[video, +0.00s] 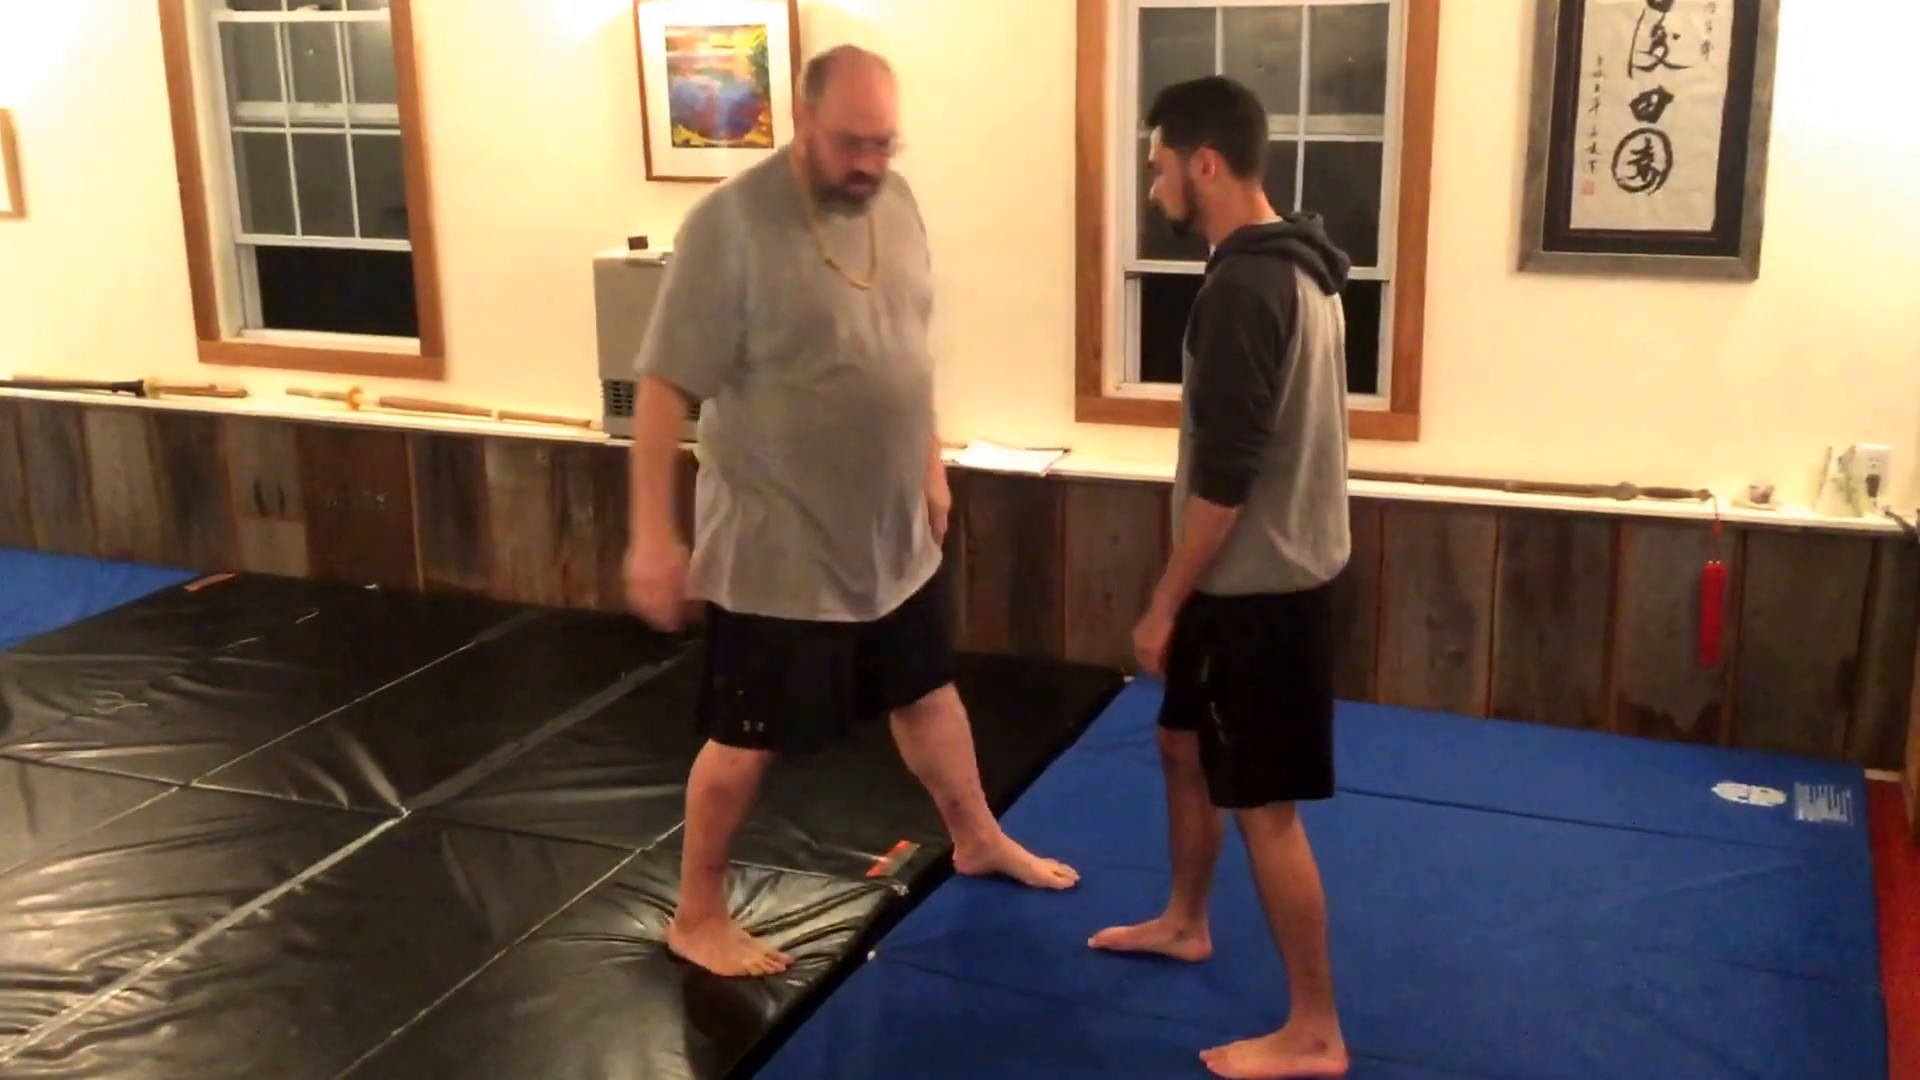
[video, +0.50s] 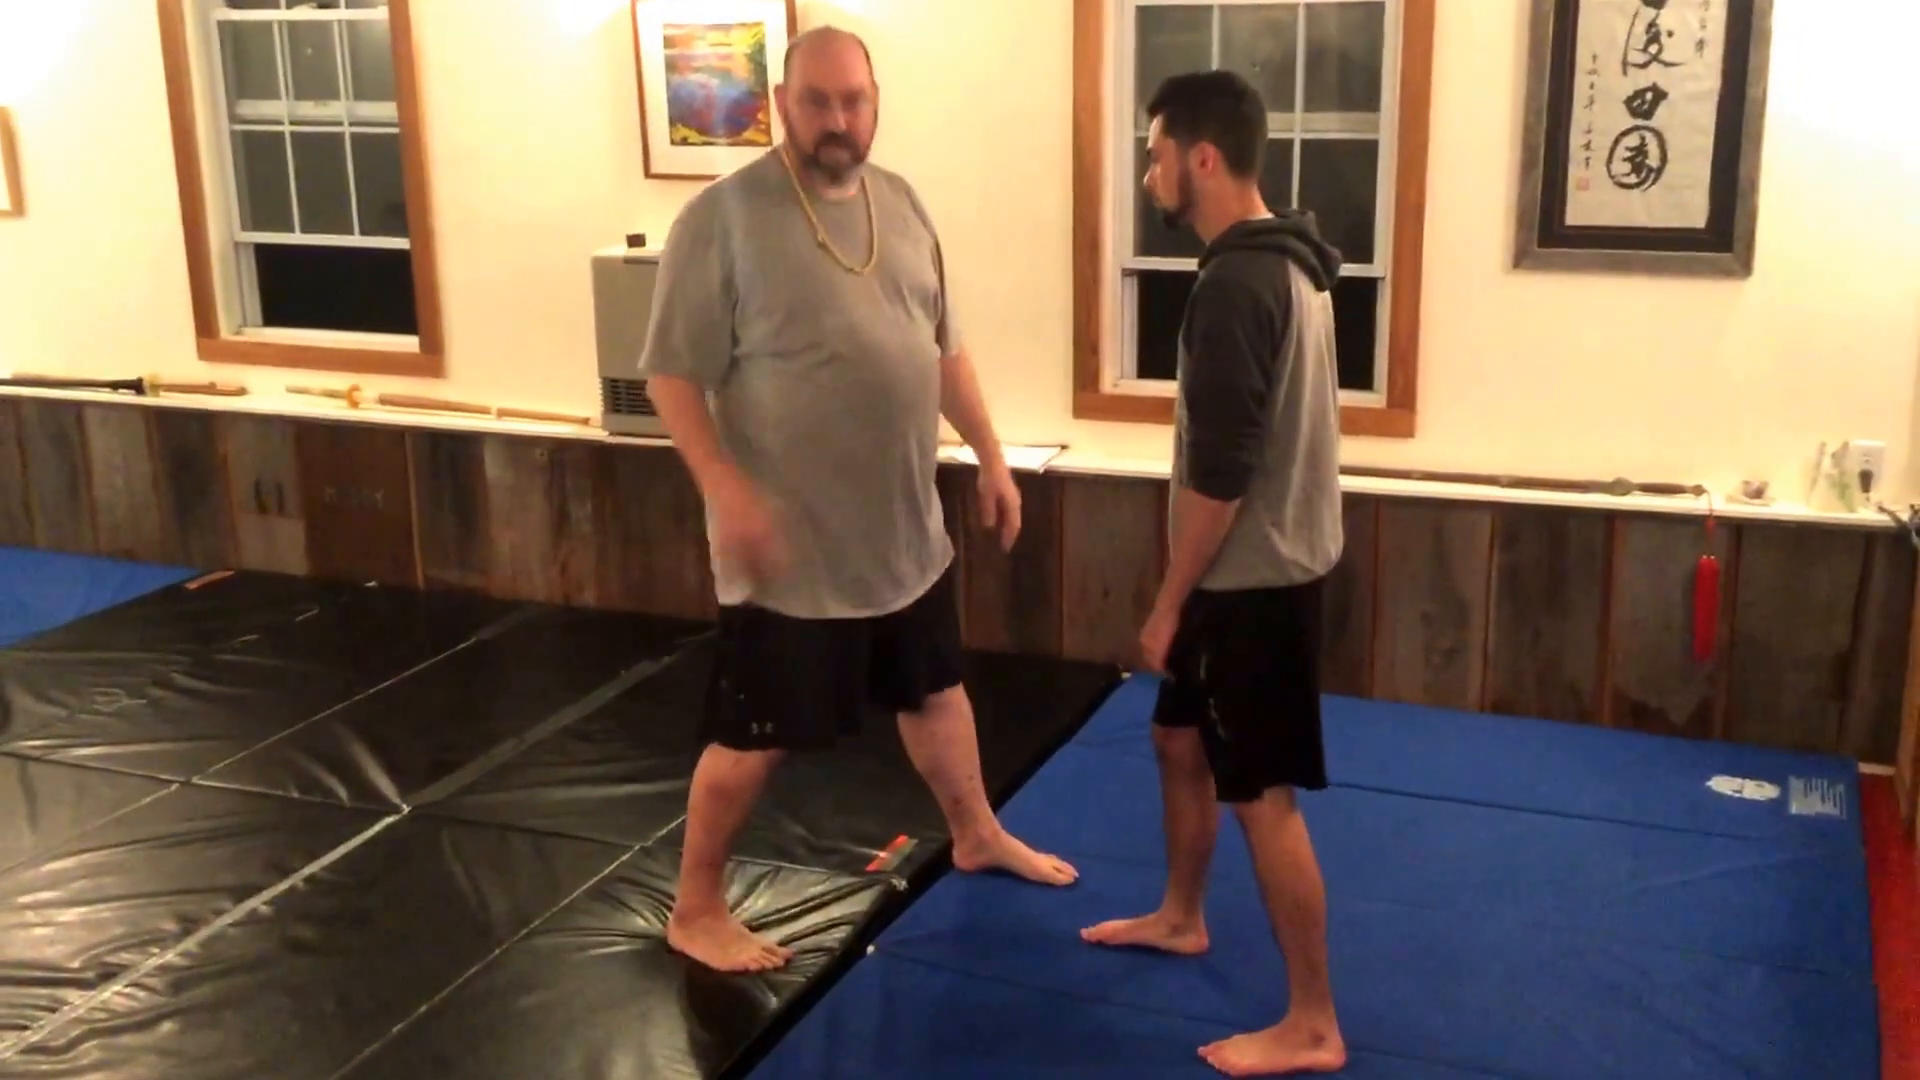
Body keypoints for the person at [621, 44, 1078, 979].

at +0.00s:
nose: (871, 164)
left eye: (885, 143)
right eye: (851, 143)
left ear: (898, 130)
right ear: (799, 122)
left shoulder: (899, 206)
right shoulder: (730, 222)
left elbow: (910, 352)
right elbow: (663, 383)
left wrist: (930, 463)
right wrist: (653, 533)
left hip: (890, 516)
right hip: (772, 532)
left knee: (928, 690)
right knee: (743, 737)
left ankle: (979, 838)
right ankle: (698, 916)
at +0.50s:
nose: (840, 119)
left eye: (856, 100)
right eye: (819, 101)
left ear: (878, 102)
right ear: (780, 103)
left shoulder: (902, 205)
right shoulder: (719, 218)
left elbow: (944, 346)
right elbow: (670, 375)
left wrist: (992, 458)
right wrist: (725, 489)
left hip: (903, 519)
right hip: (784, 537)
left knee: (935, 686)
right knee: (750, 733)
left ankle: (978, 836)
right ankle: (696, 907)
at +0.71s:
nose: (825, 107)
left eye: (841, 87)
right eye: (805, 91)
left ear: (871, 91)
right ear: (776, 101)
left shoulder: (911, 205)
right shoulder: (727, 207)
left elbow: (945, 348)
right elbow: (670, 356)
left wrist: (974, 462)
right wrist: (728, 352)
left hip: (905, 507)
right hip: (782, 521)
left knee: (940, 683)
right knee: (748, 727)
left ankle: (977, 834)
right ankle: (695, 904)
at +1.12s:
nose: (843, 96)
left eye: (857, 78)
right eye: (821, 81)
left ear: (884, 88)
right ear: (789, 94)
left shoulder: (919, 205)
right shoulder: (735, 208)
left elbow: (953, 349)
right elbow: (685, 366)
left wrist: (993, 466)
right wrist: (751, 490)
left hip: (923, 515)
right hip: (788, 533)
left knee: (942, 684)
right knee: (747, 727)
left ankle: (977, 831)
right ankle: (697, 899)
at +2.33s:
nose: (859, 94)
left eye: (875, 76)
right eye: (838, 76)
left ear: (897, 87)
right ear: (801, 87)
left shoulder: (925, 202)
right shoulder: (744, 205)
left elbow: (955, 353)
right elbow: (695, 351)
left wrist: (981, 478)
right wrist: (739, 368)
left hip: (919, 504)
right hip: (793, 517)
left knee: (945, 678)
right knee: (750, 720)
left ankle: (977, 828)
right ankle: (698, 897)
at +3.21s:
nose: (854, 96)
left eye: (869, 78)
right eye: (832, 79)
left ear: (892, 88)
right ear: (796, 90)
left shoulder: (922, 201)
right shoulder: (742, 205)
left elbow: (955, 348)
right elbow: (698, 366)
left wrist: (983, 473)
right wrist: (750, 508)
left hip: (918, 515)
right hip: (790, 531)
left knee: (945, 683)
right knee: (748, 725)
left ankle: (978, 828)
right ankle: (698, 897)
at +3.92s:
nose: (989, 131)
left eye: (993, 114)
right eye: (974, 111)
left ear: (945, 110)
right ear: (913, 102)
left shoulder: (944, 210)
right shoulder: (822, 212)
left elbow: (951, 358)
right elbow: (776, 378)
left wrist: (977, 467)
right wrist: (815, 523)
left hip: (939, 518)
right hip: (833, 532)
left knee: (984, 665)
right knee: (772, 719)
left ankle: (980, 825)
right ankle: (699, 895)